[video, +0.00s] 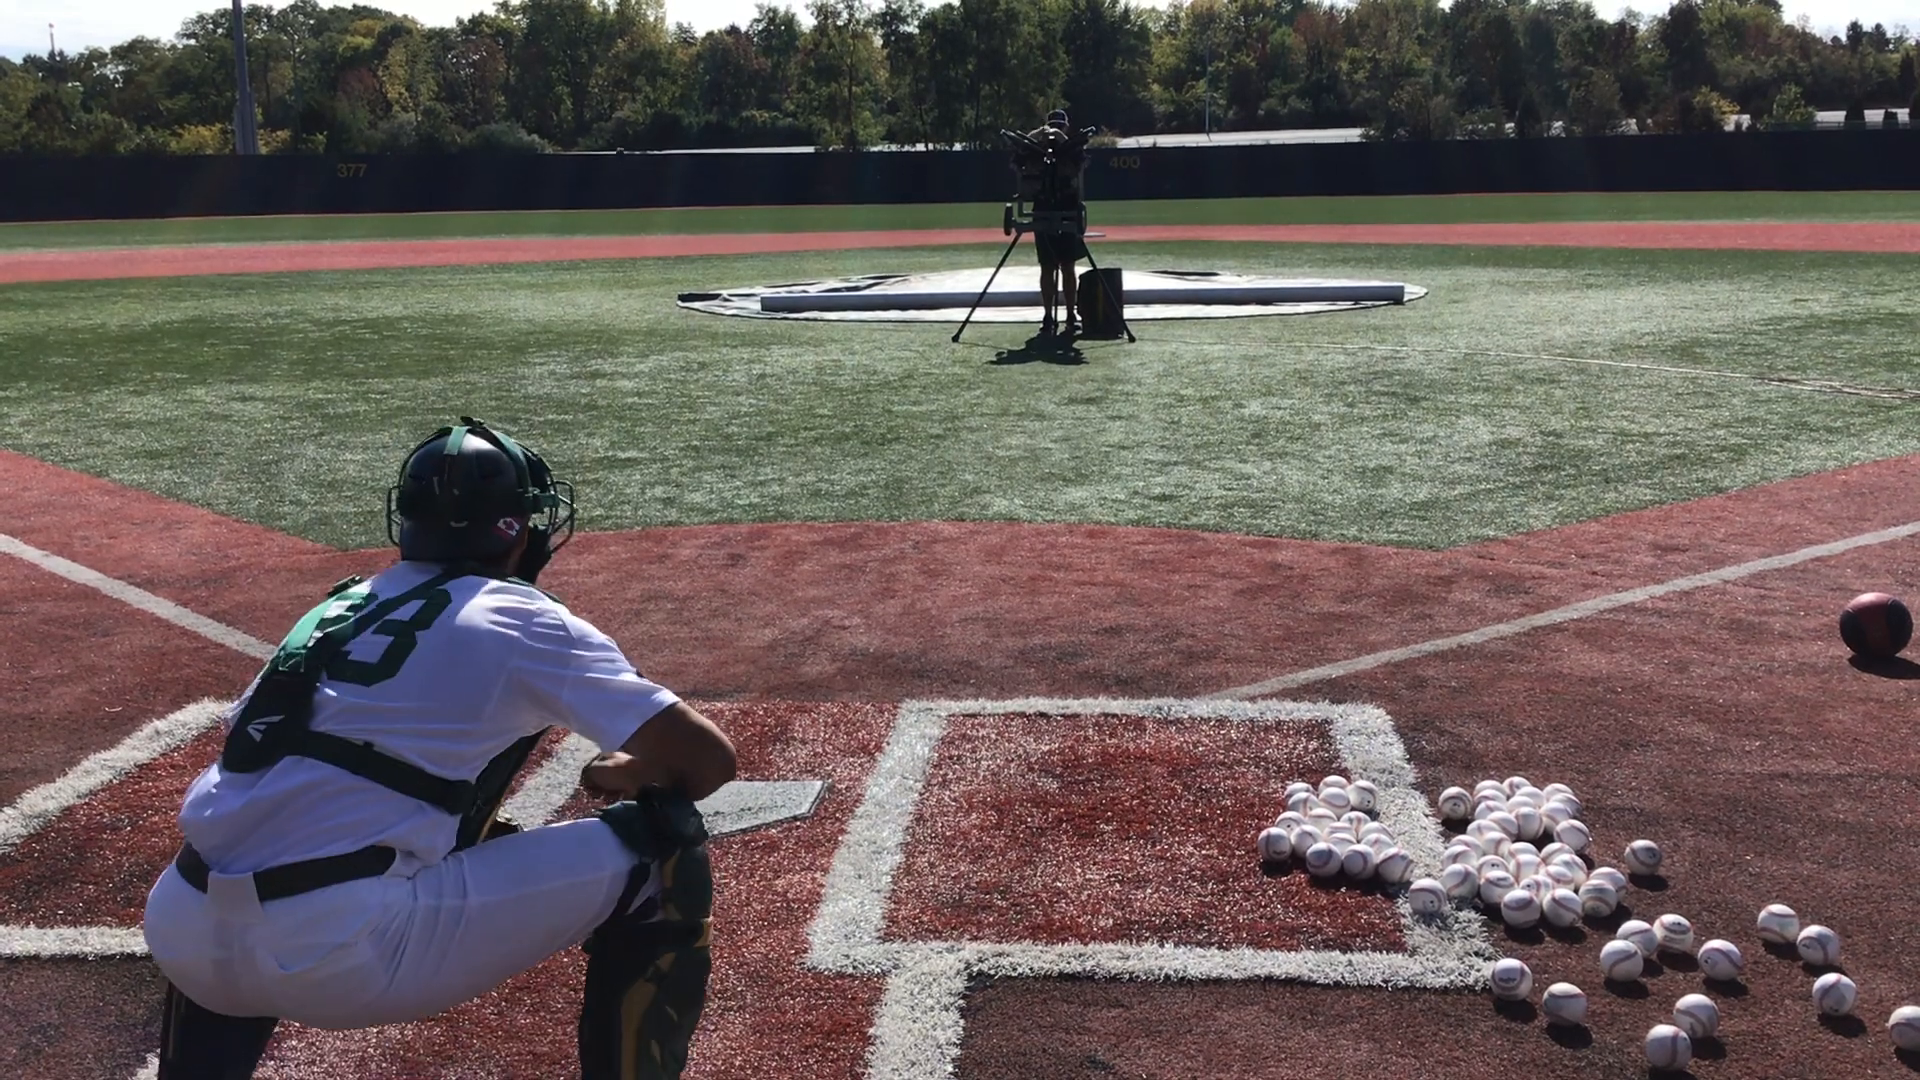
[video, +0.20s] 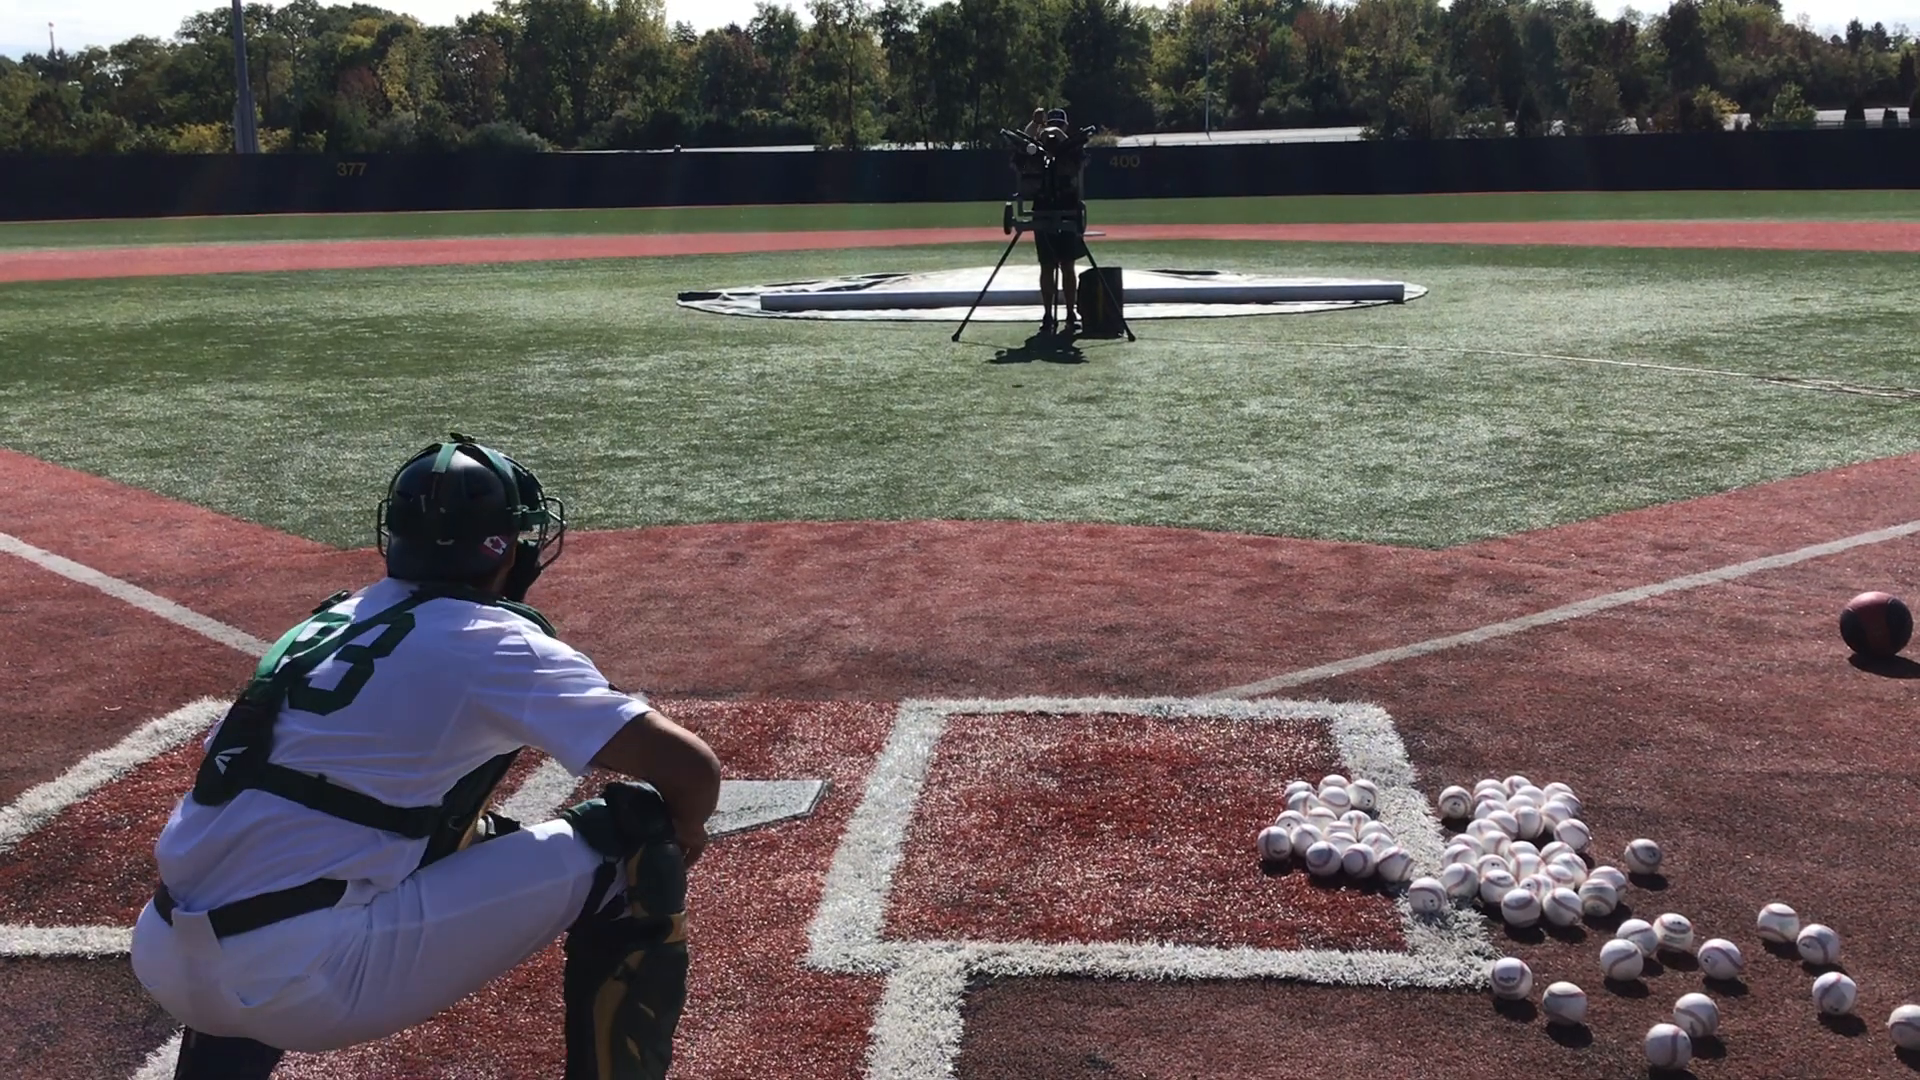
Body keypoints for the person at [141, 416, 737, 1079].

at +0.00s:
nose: (540, 537)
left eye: (536, 521)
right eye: (534, 523)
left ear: (409, 527)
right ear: (510, 535)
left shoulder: (342, 600)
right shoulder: (518, 618)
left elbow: (282, 753)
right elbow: (705, 757)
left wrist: (451, 822)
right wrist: (623, 771)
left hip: (181, 932)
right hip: (338, 951)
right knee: (662, 847)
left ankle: (193, 1066)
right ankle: (630, 1062)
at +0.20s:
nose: (527, 552)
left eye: (525, 537)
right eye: (522, 540)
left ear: (398, 541)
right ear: (497, 554)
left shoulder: (331, 615)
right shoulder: (485, 640)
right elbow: (693, 768)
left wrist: (452, 835)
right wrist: (684, 832)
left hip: (164, 960)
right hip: (296, 980)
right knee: (637, 835)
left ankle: (219, 1064)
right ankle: (616, 1065)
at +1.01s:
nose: (539, 521)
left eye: (537, 503)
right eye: (533, 504)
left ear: (415, 511)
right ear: (511, 520)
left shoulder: (355, 596)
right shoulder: (502, 627)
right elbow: (662, 752)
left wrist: (534, 639)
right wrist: (727, 770)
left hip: (270, 948)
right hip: (366, 951)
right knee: (676, 845)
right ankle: (629, 1064)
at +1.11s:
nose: (540, 501)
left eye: (540, 482)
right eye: (533, 483)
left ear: (418, 487)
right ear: (502, 493)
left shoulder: (355, 569)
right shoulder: (503, 599)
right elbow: (651, 755)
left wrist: (546, 640)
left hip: (277, 924)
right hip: (380, 919)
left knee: (494, 1013)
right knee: (691, 842)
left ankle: (307, 1059)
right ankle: (626, 1065)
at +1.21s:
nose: (540, 476)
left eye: (540, 457)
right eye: (532, 458)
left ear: (421, 459)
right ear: (499, 464)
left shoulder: (343, 551)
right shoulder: (505, 573)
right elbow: (602, 758)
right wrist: (614, 689)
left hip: (292, 892)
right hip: (400, 886)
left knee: (489, 1017)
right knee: (702, 849)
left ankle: (282, 1064)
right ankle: (630, 1066)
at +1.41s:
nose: (534, 429)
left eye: (533, 409)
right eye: (523, 411)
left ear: (417, 414)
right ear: (481, 417)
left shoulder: (314, 521)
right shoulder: (506, 527)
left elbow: (276, 683)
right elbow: (558, 712)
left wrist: (424, 684)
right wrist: (620, 769)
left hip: (324, 843)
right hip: (439, 823)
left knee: (482, 1019)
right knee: (725, 862)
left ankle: (266, 1058)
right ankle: (633, 1066)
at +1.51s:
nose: (529, 414)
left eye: (527, 395)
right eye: (516, 396)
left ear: (417, 396)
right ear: (469, 402)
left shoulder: (309, 502)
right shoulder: (505, 508)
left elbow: (257, 657)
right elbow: (559, 689)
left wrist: (395, 662)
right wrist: (658, 759)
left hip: (346, 820)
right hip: (463, 800)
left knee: (480, 1018)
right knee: (730, 871)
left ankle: (288, 1052)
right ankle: (621, 1065)